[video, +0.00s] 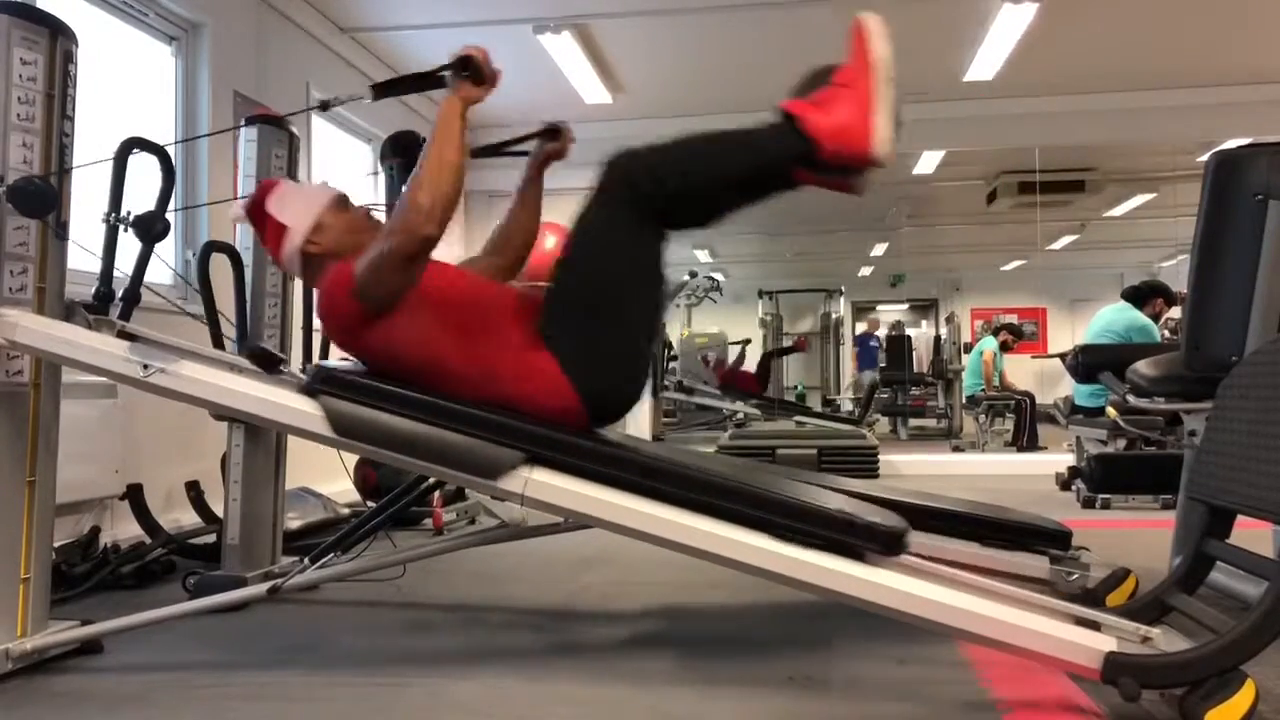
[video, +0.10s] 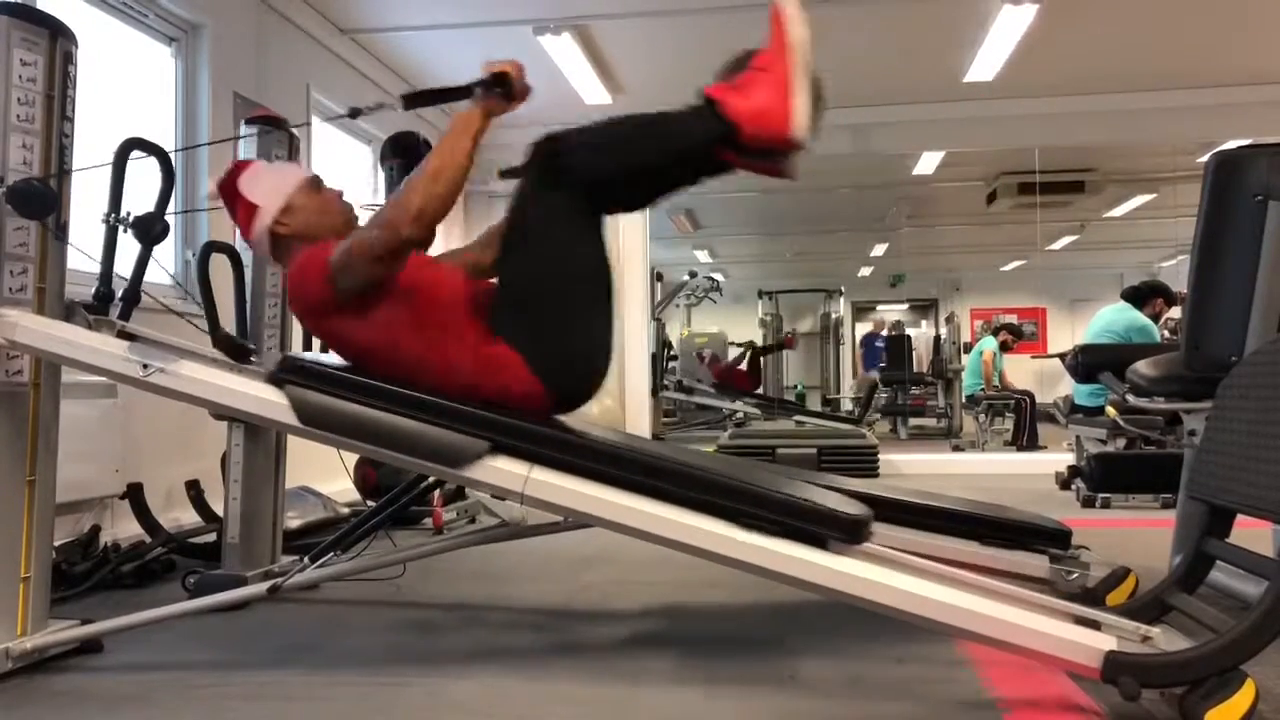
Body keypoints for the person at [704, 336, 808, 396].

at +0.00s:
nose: (724, 363)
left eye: (722, 362)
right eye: (721, 363)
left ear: (717, 369)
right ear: (719, 368)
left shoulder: (725, 376)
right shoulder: (726, 377)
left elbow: (738, 363)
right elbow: (738, 362)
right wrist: (743, 347)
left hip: (757, 384)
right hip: (758, 387)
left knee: (767, 357)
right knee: (767, 356)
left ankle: (795, 347)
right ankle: (796, 348)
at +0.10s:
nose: (719, 357)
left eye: (716, 357)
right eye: (717, 357)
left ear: (710, 364)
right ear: (716, 360)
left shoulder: (720, 369)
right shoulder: (719, 370)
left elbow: (736, 362)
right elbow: (735, 362)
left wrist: (745, 349)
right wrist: (745, 350)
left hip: (750, 381)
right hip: (751, 383)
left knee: (755, 352)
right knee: (755, 353)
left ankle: (782, 344)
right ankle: (784, 344)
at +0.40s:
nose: (711, 351)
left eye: (708, 350)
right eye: (709, 350)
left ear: (701, 358)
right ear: (708, 353)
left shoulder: (708, 369)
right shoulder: (713, 363)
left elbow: (731, 366)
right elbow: (732, 365)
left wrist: (756, 359)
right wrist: (751, 366)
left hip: (738, 382)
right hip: (742, 378)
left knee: (735, 349)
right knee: (735, 349)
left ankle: (763, 340)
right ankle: (764, 340)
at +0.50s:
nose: (710, 350)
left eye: (708, 349)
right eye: (708, 350)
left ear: (701, 358)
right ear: (707, 353)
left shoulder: (708, 368)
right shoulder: (713, 363)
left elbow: (733, 365)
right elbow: (734, 365)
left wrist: (759, 362)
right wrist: (754, 368)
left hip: (738, 382)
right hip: (742, 378)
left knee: (736, 350)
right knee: (736, 349)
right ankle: (763, 340)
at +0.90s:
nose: (717, 357)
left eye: (715, 355)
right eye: (714, 356)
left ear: (708, 362)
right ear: (711, 360)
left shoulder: (718, 371)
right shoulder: (718, 371)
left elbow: (734, 358)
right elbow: (735, 358)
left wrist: (745, 345)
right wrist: (747, 345)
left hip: (749, 384)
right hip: (751, 384)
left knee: (762, 354)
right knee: (762, 354)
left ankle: (789, 349)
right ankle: (790, 349)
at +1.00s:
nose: (721, 358)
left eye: (719, 357)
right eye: (718, 358)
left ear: (713, 363)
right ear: (715, 362)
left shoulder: (722, 371)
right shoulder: (723, 371)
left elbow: (737, 355)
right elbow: (739, 355)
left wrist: (743, 340)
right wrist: (746, 339)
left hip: (755, 385)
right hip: (757, 385)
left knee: (769, 358)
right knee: (770, 358)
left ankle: (800, 352)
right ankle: (801, 352)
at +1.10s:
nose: (724, 360)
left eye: (721, 359)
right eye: (720, 360)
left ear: (716, 366)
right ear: (718, 364)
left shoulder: (726, 374)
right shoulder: (727, 374)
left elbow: (738, 357)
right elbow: (738, 357)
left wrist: (740, 340)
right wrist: (741, 339)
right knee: (779, 361)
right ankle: (811, 355)